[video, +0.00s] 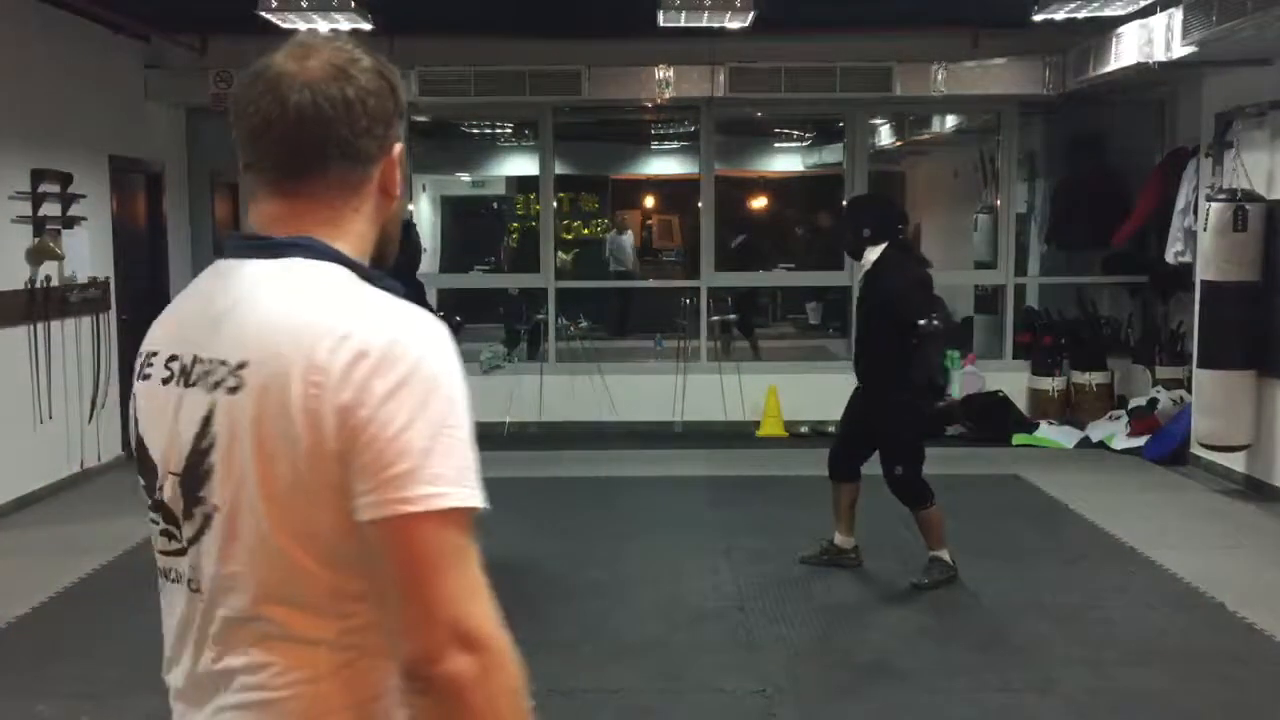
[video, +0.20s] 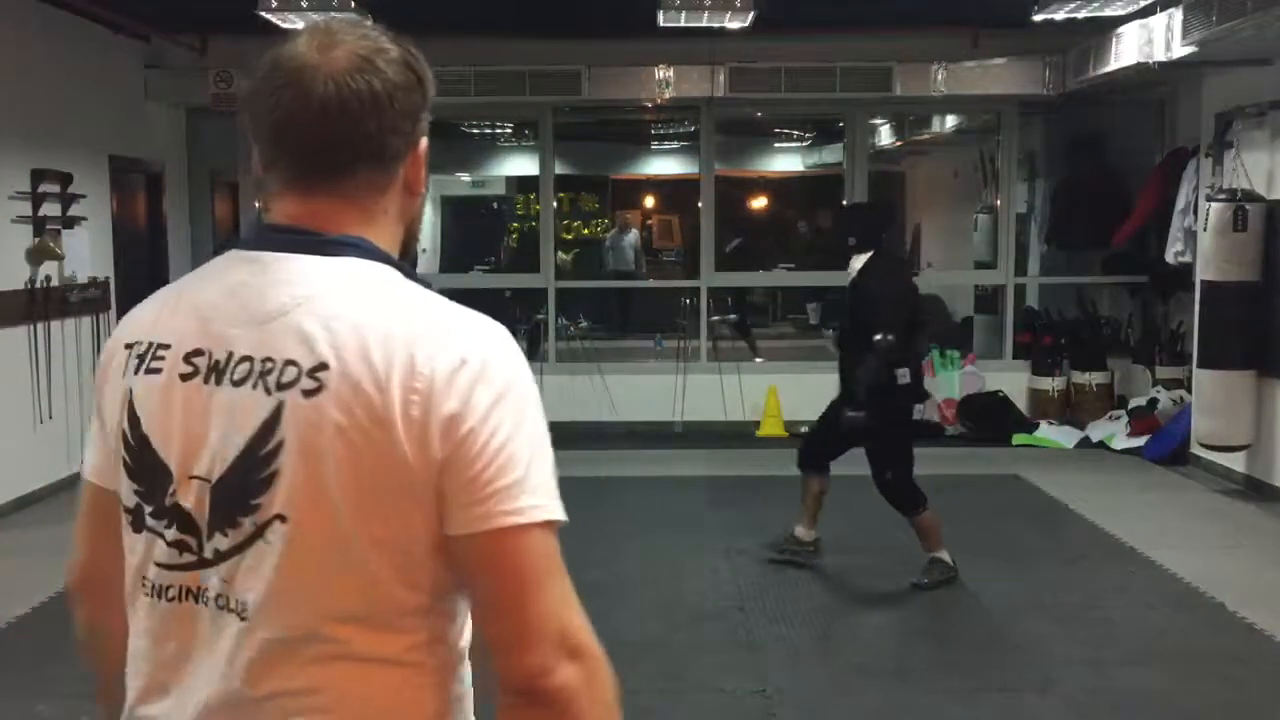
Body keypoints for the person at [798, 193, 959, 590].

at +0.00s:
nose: (844, 236)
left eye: (849, 228)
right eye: (845, 227)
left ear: (866, 230)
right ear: (880, 229)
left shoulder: (902, 271)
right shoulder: (876, 268)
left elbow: (929, 335)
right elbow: (886, 330)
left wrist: (920, 391)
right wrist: (871, 378)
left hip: (900, 392)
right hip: (872, 389)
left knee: (904, 477)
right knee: (842, 461)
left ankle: (941, 558)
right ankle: (843, 545)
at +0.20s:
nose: (840, 239)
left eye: (844, 232)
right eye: (842, 231)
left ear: (857, 235)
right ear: (875, 234)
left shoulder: (880, 277)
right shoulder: (871, 272)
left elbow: (883, 341)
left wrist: (860, 397)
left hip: (886, 395)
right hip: (866, 392)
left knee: (894, 479)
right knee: (813, 452)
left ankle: (941, 558)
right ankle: (804, 536)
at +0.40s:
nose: (794, 258)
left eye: (800, 250)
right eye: (795, 249)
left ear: (819, 248)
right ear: (833, 246)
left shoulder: (845, 283)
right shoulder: (825, 280)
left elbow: (843, 343)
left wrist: (806, 389)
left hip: (853, 399)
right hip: (824, 397)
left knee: (875, 480)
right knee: (776, 462)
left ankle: (936, 555)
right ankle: (748, 537)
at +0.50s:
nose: (769, 259)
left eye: (774, 251)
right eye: (770, 252)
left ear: (791, 250)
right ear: (811, 250)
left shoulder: (823, 287)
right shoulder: (797, 285)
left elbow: (826, 352)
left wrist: (785, 394)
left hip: (831, 402)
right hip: (801, 399)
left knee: (853, 481)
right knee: (756, 458)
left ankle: (926, 550)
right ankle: (743, 536)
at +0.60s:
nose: (760, 256)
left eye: (765, 250)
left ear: (778, 251)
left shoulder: (807, 285)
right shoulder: (776, 284)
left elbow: (822, 350)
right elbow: (739, 290)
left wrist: (786, 387)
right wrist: (712, 266)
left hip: (829, 395)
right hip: (790, 394)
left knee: (851, 475)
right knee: (755, 458)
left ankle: (909, 553)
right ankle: (743, 536)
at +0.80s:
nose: (749, 250)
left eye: (755, 244)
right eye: (748, 244)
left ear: (770, 246)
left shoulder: (805, 279)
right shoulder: (743, 283)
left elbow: (831, 335)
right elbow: (701, 308)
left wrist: (807, 384)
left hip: (828, 389)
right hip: (788, 390)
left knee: (840, 466)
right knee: (753, 455)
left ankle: (898, 544)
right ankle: (744, 536)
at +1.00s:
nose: (749, 252)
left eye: (753, 245)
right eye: (751, 246)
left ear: (766, 245)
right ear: (784, 243)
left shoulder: (808, 280)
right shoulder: (756, 285)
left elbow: (847, 334)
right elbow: (750, 337)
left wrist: (854, 389)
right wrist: (701, 346)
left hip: (816, 392)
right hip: (783, 391)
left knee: (827, 471)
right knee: (744, 456)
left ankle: (893, 539)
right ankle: (742, 536)